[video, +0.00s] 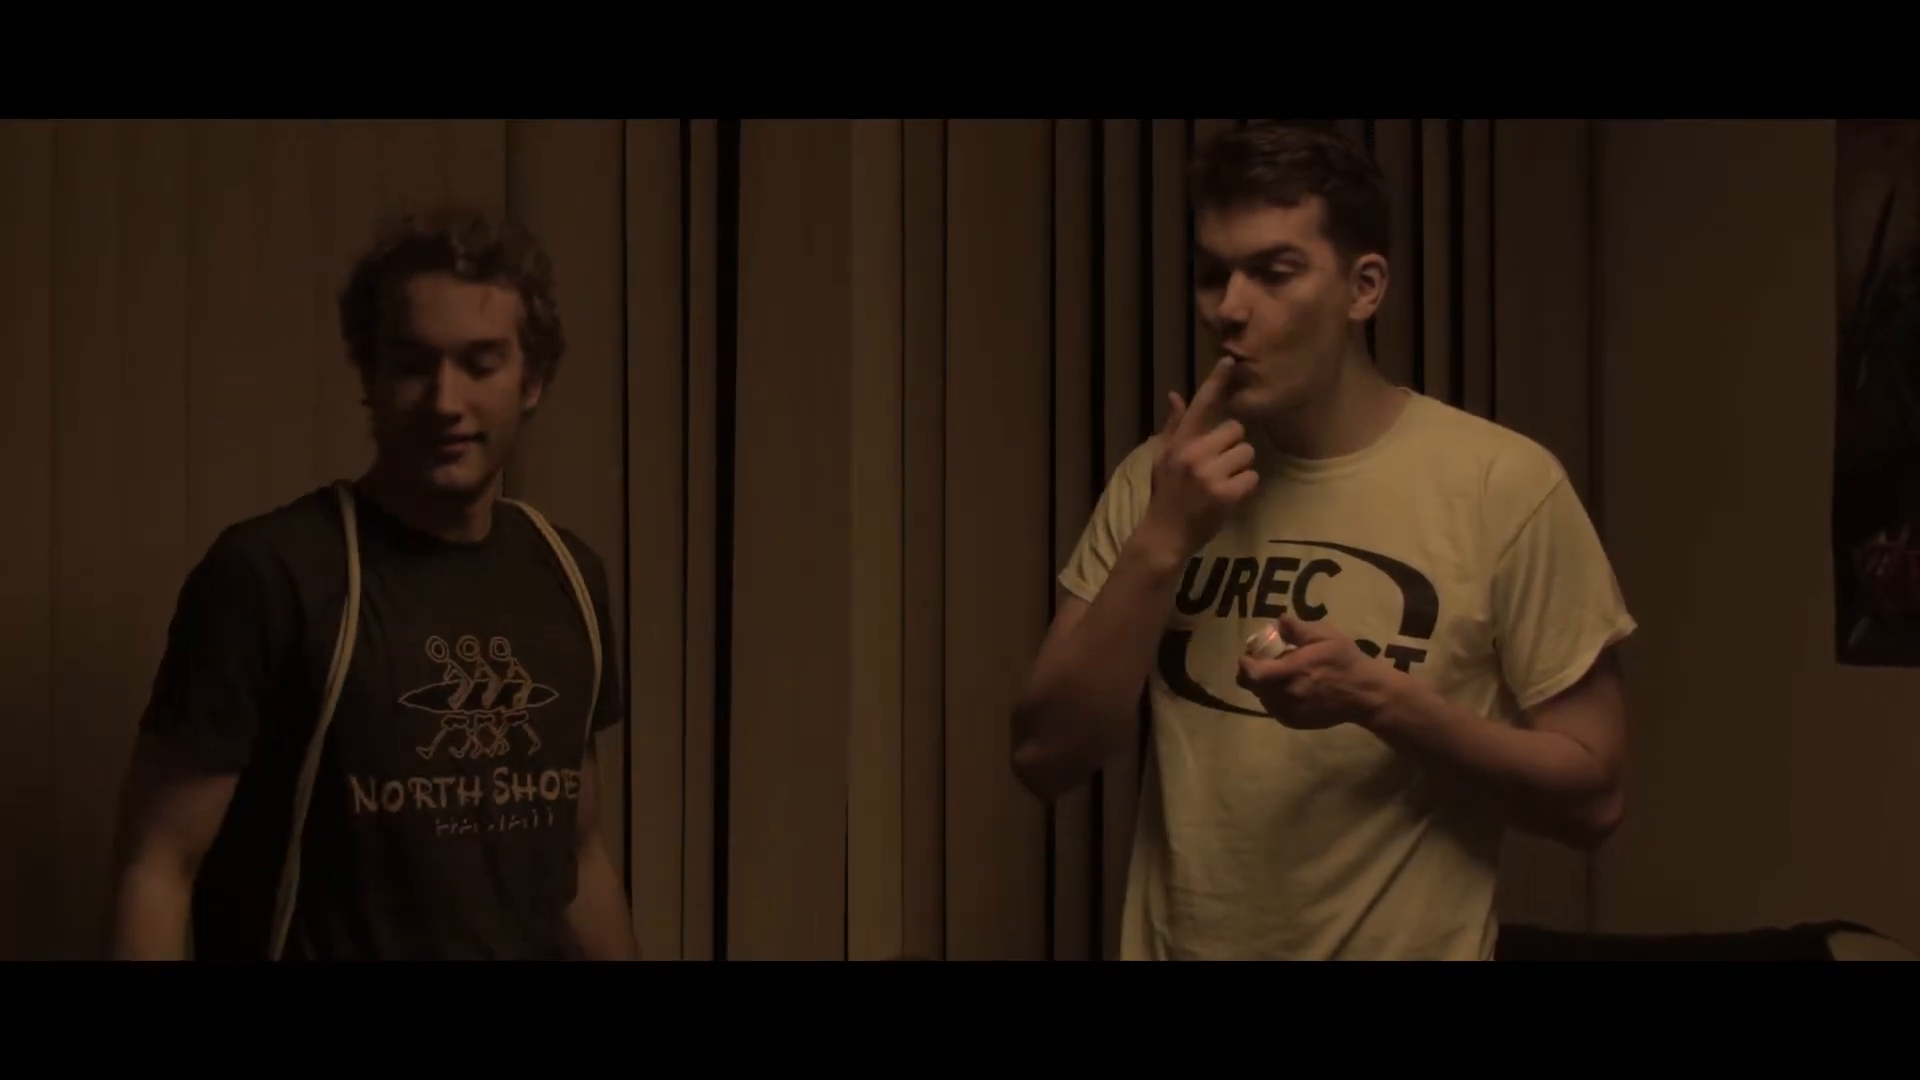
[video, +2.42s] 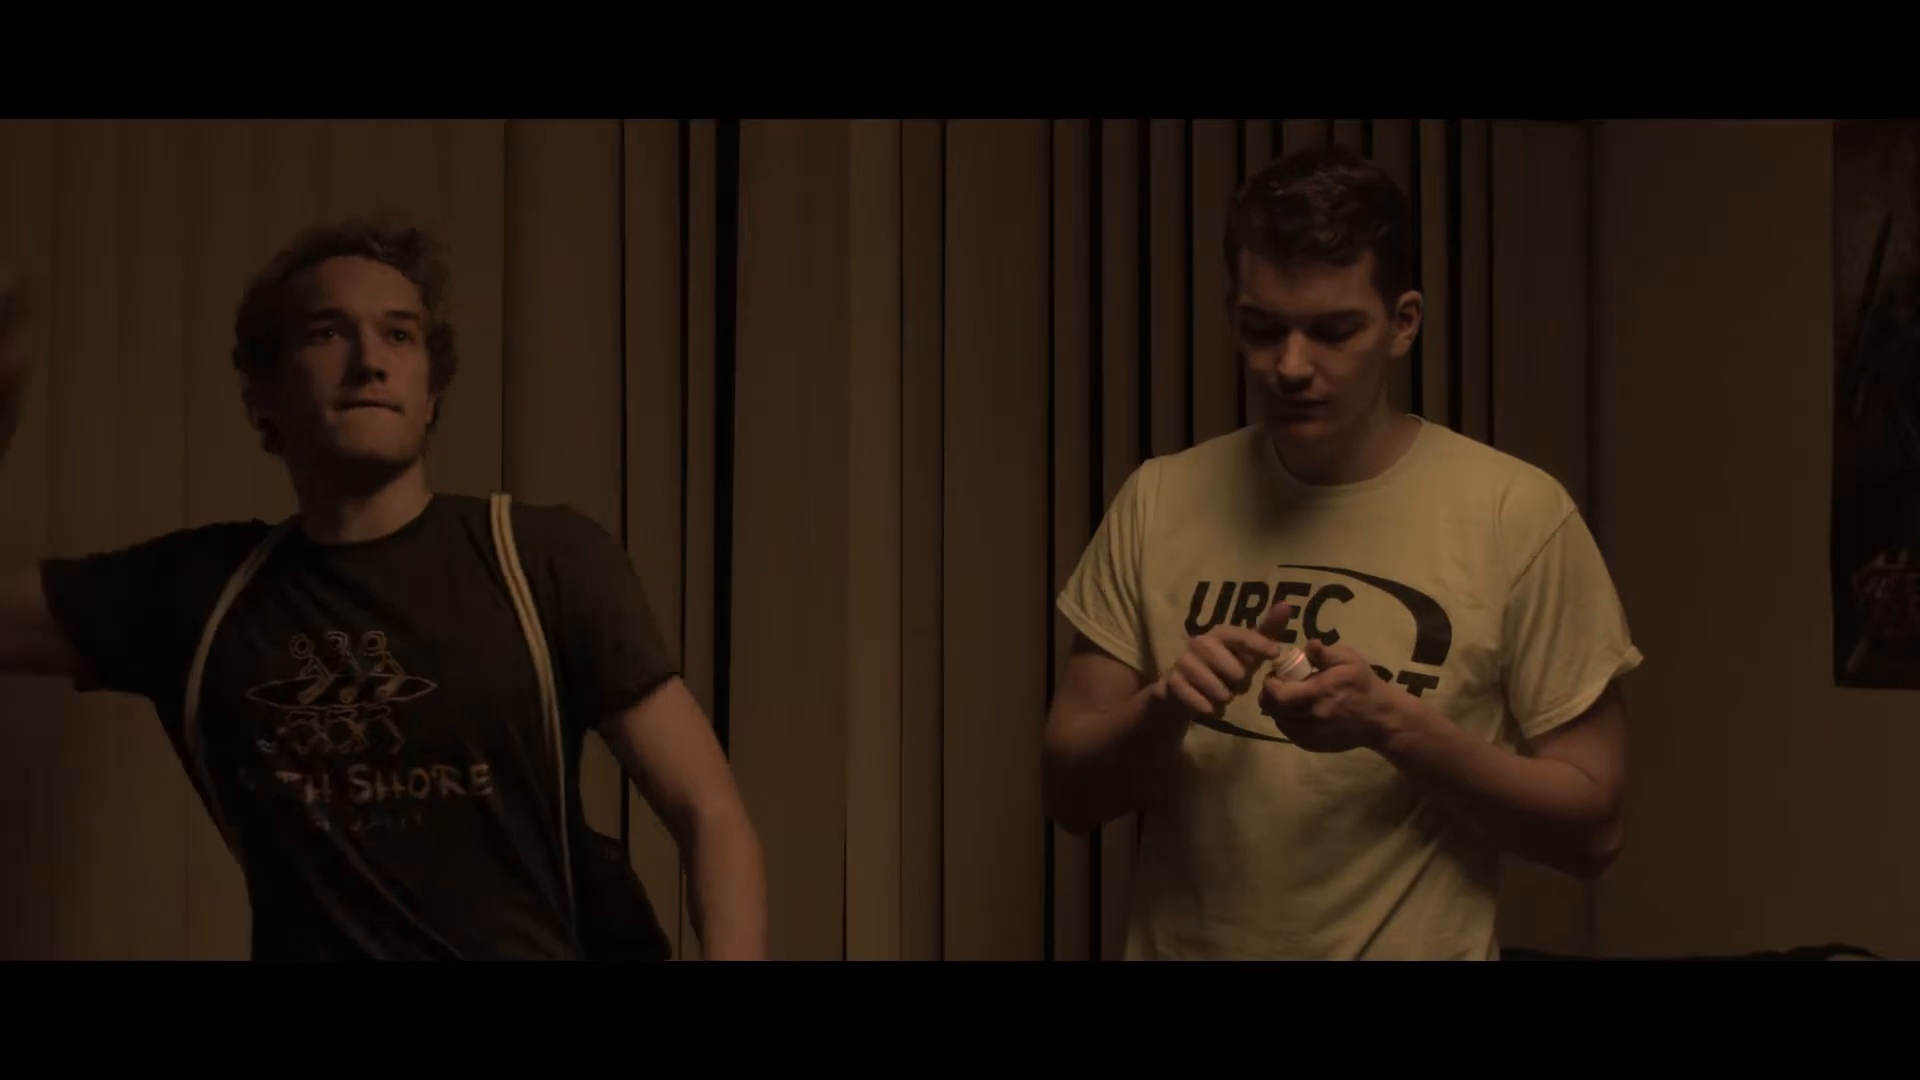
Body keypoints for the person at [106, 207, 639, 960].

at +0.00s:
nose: (446, 402)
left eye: (480, 364)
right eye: (413, 366)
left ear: (532, 381)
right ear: (369, 382)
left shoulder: (573, 578)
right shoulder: (265, 577)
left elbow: (580, 850)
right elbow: (159, 863)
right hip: (317, 945)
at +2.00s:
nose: (414, 355)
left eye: (443, 329)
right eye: (373, 339)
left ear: (491, 383)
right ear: (330, 414)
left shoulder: (616, 584)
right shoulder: (252, 601)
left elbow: (700, 870)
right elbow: (151, 874)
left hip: (545, 956)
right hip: (326, 961)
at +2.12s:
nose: (394, 350)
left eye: (427, 325)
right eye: (355, 334)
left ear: (479, 378)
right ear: (318, 405)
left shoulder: (605, 578)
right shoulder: (252, 596)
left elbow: (716, 862)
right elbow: (102, 803)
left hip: (558, 951)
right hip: (329, 958)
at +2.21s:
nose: (382, 350)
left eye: (413, 324)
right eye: (343, 334)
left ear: (463, 377)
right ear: (302, 409)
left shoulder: (587, 569)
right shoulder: (249, 592)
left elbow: (715, 850)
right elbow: (72, 752)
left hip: (564, 951)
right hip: (336, 957)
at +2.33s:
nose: (380, 352)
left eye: (410, 329)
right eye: (336, 331)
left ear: (446, 380)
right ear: (278, 400)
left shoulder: (558, 556)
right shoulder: (215, 588)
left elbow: (708, 821)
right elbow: (23, 671)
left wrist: (754, 965)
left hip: (565, 946)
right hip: (334, 951)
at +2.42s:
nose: (372, 355)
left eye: (401, 332)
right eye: (326, 332)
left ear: (435, 386)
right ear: (263, 403)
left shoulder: (552, 560)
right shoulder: (191, 592)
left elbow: (713, 820)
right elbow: (9, 616)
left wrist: (729, 959)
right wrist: (3, 412)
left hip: (558, 942)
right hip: (319, 948)